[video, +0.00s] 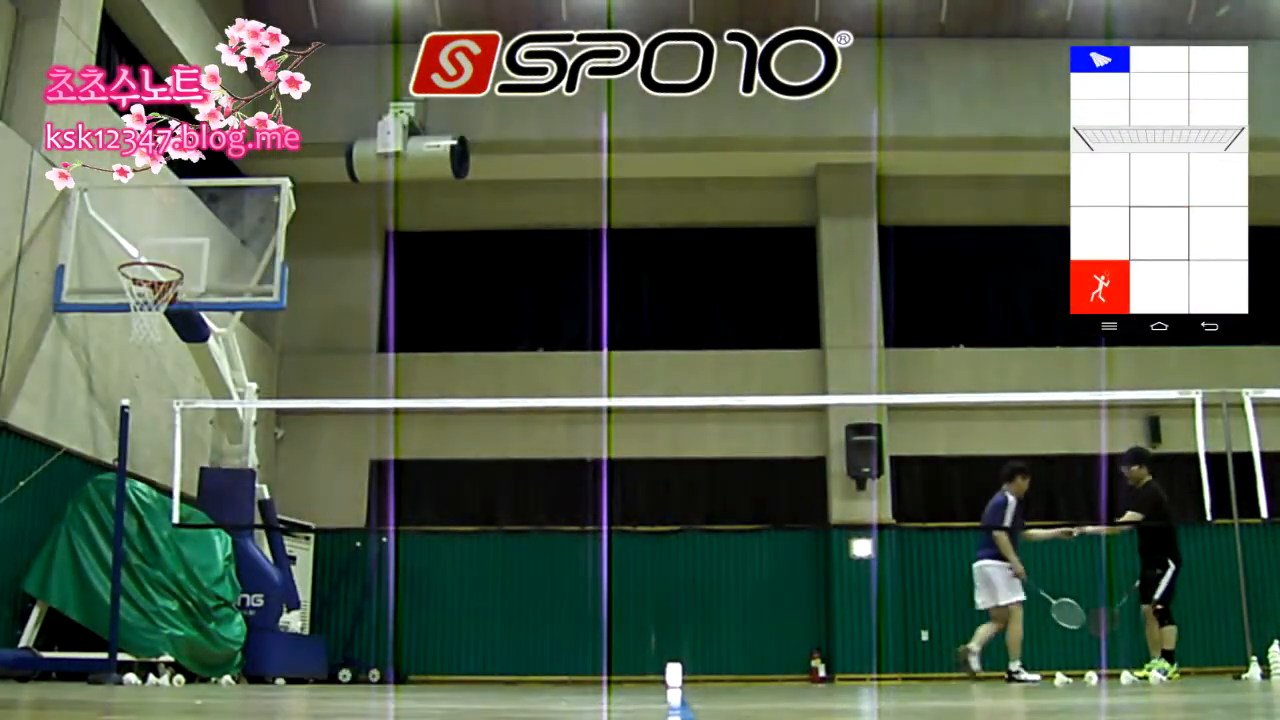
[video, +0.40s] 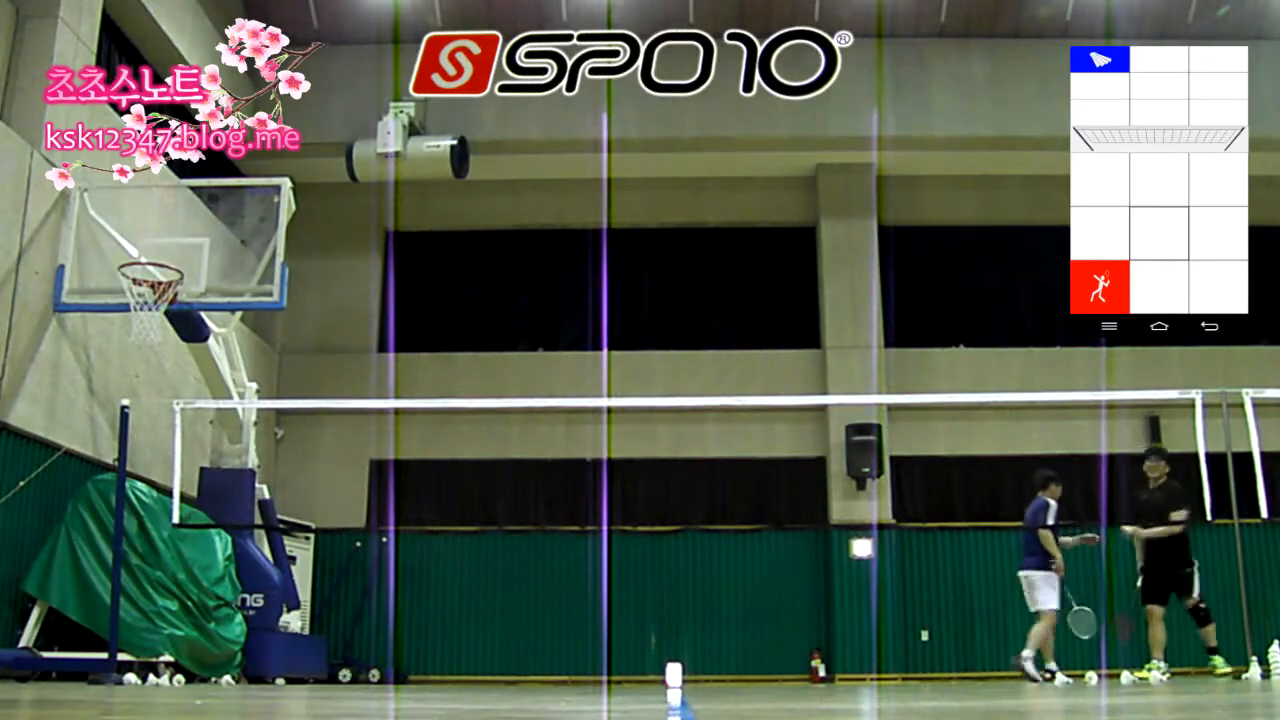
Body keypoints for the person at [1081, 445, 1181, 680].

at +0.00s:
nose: (1125, 473)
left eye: (1129, 468)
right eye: (1124, 469)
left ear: (1142, 468)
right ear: (1135, 470)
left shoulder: (1150, 491)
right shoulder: (1140, 491)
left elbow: (1126, 524)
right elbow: (1125, 523)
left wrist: (1093, 529)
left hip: (1166, 558)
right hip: (1150, 558)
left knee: (1159, 607)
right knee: (1147, 608)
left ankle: (1168, 661)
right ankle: (1155, 660)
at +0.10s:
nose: (1129, 473)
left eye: (1133, 468)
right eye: (1127, 469)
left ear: (1146, 468)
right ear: (1130, 470)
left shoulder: (1152, 493)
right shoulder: (1142, 492)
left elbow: (1130, 526)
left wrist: (1098, 531)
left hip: (1166, 559)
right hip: (1151, 559)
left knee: (1163, 608)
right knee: (1152, 609)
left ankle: (1171, 659)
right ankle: (1157, 661)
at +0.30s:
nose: (1143, 468)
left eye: (1148, 464)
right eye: (1140, 464)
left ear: (1159, 467)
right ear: (1137, 467)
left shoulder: (1163, 491)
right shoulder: (1140, 494)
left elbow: (1156, 526)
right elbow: (1141, 532)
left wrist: (1124, 531)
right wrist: (1142, 564)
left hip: (1173, 557)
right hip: (1151, 558)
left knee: (1183, 604)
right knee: (1152, 610)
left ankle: (1202, 655)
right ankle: (1157, 662)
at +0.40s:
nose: (1152, 466)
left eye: (1157, 462)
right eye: (1148, 462)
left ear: (1166, 466)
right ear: (1144, 466)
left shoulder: (1175, 490)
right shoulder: (1142, 495)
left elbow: (1178, 525)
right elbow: (1140, 534)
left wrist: (1142, 532)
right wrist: (1140, 566)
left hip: (1179, 558)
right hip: (1153, 559)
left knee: (1194, 604)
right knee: (1153, 610)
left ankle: (1214, 655)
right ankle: (1157, 662)